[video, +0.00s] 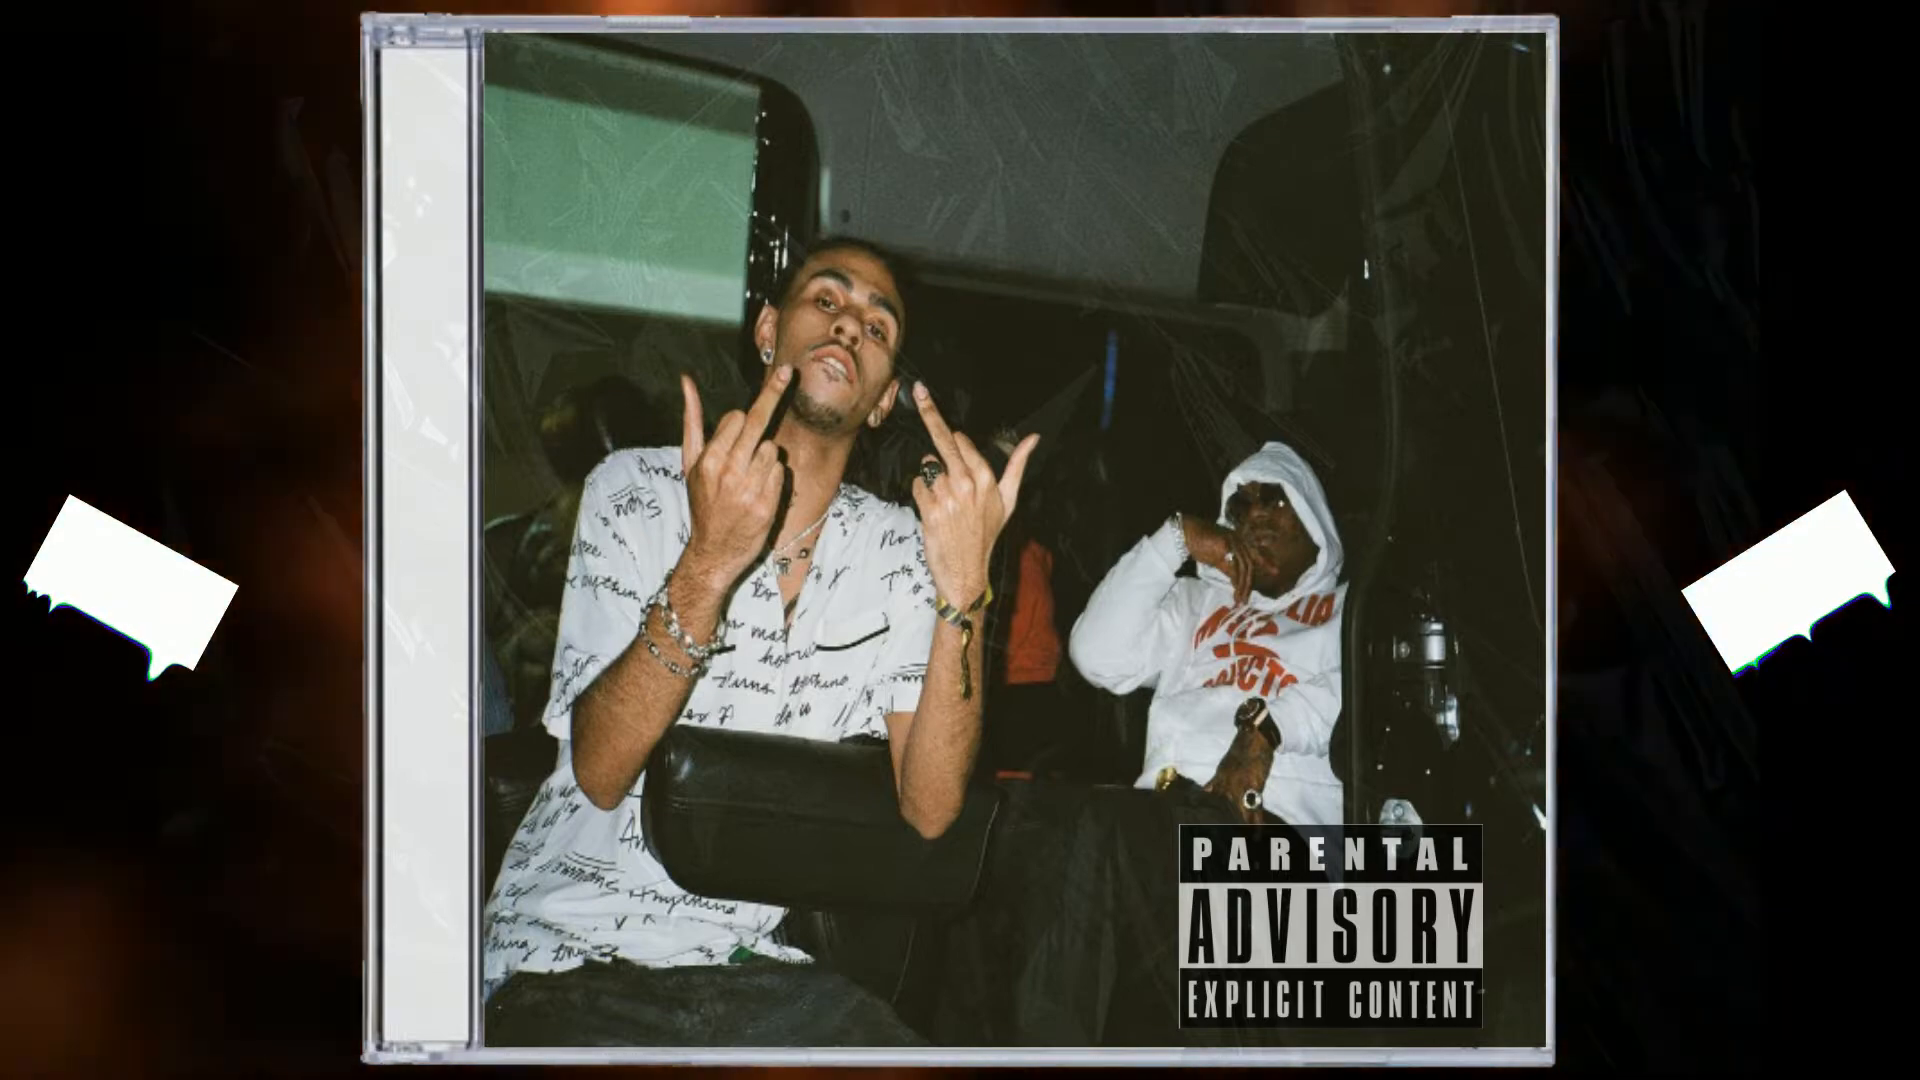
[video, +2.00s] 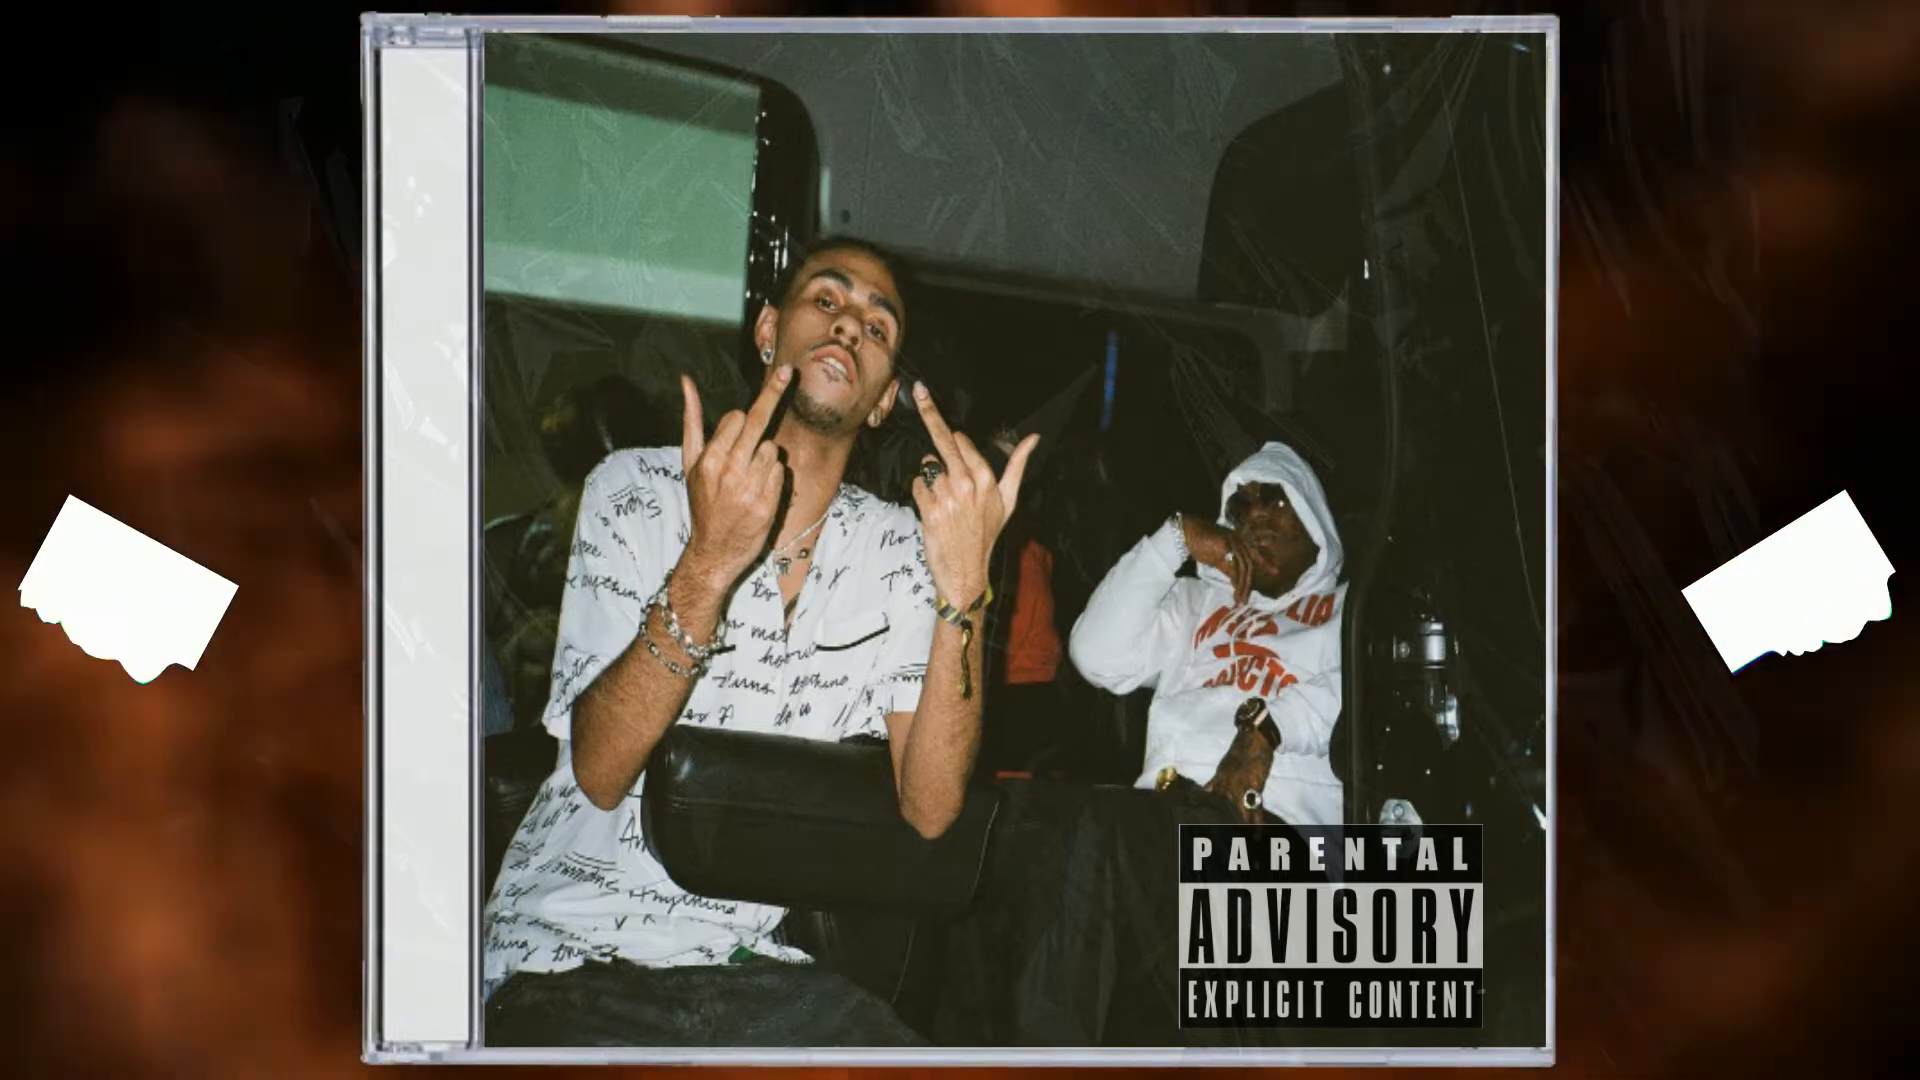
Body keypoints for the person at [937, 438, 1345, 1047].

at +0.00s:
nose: (1259, 518)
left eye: (1279, 502)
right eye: (1246, 503)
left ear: (1318, 523)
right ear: (1227, 522)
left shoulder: (1351, 607)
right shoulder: (1197, 599)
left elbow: (1345, 706)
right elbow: (1099, 658)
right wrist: (1176, 539)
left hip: (1285, 818)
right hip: (1165, 807)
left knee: (1100, 824)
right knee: (1029, 810)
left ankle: (1052, 1052)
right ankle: (968, 1048)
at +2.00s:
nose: (1259, 518)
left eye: (1279, 501)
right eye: (1245, 503)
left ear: (1318, 522)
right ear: (1227, 523)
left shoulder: (1352, 608)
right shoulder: (1197, 599)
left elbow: (1356, 705)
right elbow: (1100, 658)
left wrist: (1268, 725)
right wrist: (1176, 540)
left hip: (1285, 816)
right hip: (1165, 806)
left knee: (1103, 824)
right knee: (1028, 811)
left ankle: (1051, 1054)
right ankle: (967, 1048)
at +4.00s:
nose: (1258, 517)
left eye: (1279, 501)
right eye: (1245, 502)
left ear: (1318, 522)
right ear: (1227, 523)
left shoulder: (1352, 607)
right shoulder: (1197, 601)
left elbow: (1349, 701)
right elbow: (1099, 657)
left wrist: (1268, 725)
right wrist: (1177, 539)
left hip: (1282, 817)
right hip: (1166, 806)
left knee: (1102, 823)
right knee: (1026, 809)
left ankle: (1051, 1053)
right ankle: (970, 1047)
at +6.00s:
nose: (1259, 517)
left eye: (1279, 501)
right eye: (1245, 502)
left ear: (1318, 521)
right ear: (1227, 523)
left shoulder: (1351, 606)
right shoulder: (1197, 601)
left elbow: (1357, 700)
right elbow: (1100, 657)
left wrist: (1269, 726)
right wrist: (1177, 539)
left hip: (1284, 815)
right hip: (1166, 805)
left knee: (1103, 823)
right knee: (1024, 811)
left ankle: (1053, 1052)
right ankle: (970, 1046)